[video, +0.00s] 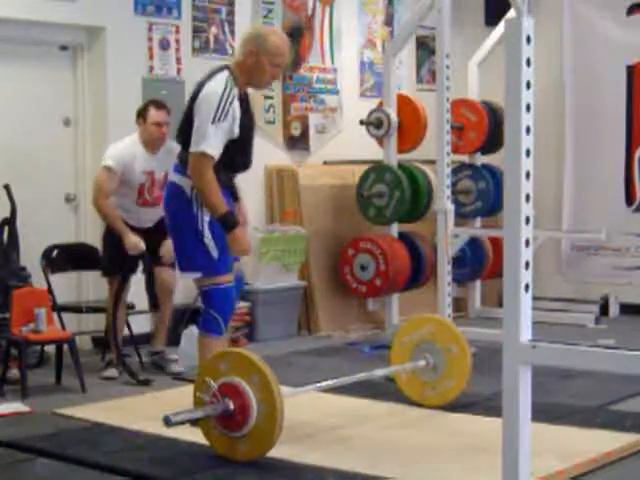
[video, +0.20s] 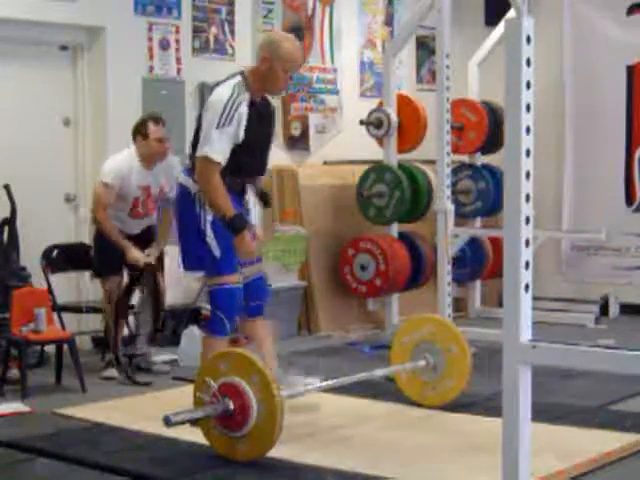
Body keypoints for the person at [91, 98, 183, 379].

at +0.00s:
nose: (163, 130)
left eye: (166, 125)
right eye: (156, 124)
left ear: (170, 126)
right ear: (140, 124)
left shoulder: (175, 154)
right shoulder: (120, 154)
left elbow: (183, 198)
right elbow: (101, 198)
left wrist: (175, 237)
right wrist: (126, 235)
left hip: (159, 225)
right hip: (123, 223)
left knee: (166, 281)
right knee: (117, 288)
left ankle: (159, 348)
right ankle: (115, 354)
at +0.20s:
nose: (166, 146)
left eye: (166, 139)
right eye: (159, 140)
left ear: (167, 139)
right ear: (140, 142)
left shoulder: (169, 166)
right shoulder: (117, 167)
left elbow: (168, 209)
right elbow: (100, 212)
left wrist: (161, 244)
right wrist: (126, 248)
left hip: (146, 230)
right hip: (114, 228)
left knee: (155, 287)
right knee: (115, 290)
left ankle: (148, 346)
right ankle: (113, 354)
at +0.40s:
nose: (168, 188)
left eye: (168, 181)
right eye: (162, 182)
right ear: (142, 184)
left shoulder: (166, 202)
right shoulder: (115, 204)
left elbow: (158, 240)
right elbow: (96, 248)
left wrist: (149, 276)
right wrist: (127, 277)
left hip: (129, 244)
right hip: (99, 243)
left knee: (157, 288)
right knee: (104, 295)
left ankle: (149, 348)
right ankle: (113, 357)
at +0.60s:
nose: (156, 209)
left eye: (157, 203)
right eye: (151, 204)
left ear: (157, 201)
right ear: (132, 205)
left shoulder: (159, 221)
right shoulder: (106, 223)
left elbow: (155, 254)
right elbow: (90, 265)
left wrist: (151, 282)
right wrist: (125, 285)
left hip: (128, 266)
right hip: (99, 268)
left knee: (162, 291)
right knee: (101, 296)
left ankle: (139, 350)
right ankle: (115, 356)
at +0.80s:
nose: (137, 208)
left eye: (137, 202)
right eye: (131, 203)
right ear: (112, 205)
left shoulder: (143, 226)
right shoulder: (94, 229)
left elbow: (152, 259)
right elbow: (86, 273)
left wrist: (150, 280)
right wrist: (122, 283)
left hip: (123, 280)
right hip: (94, 281)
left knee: (164, 294)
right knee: (100, 298)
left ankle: (142, 350)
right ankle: (114, 356)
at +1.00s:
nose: (119, 191)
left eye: (118, 185)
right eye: (112, 186)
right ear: (93, 191)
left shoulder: (124, 215)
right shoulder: (78, 219)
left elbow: (140, 256)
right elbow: (75, 267)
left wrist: (139, 279)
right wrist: (114, 282)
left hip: (117, 275)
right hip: (86, 278)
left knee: (157, 290)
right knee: (95, 294)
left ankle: (140, 349)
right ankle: (111, 354)